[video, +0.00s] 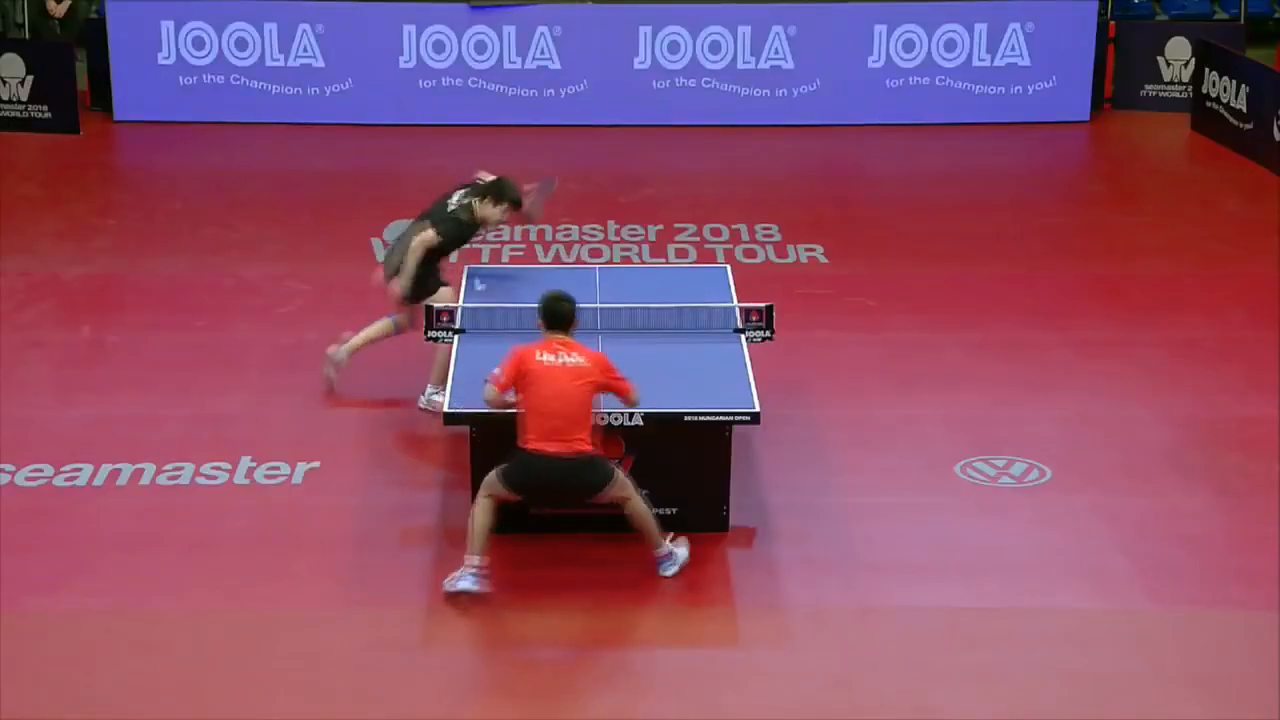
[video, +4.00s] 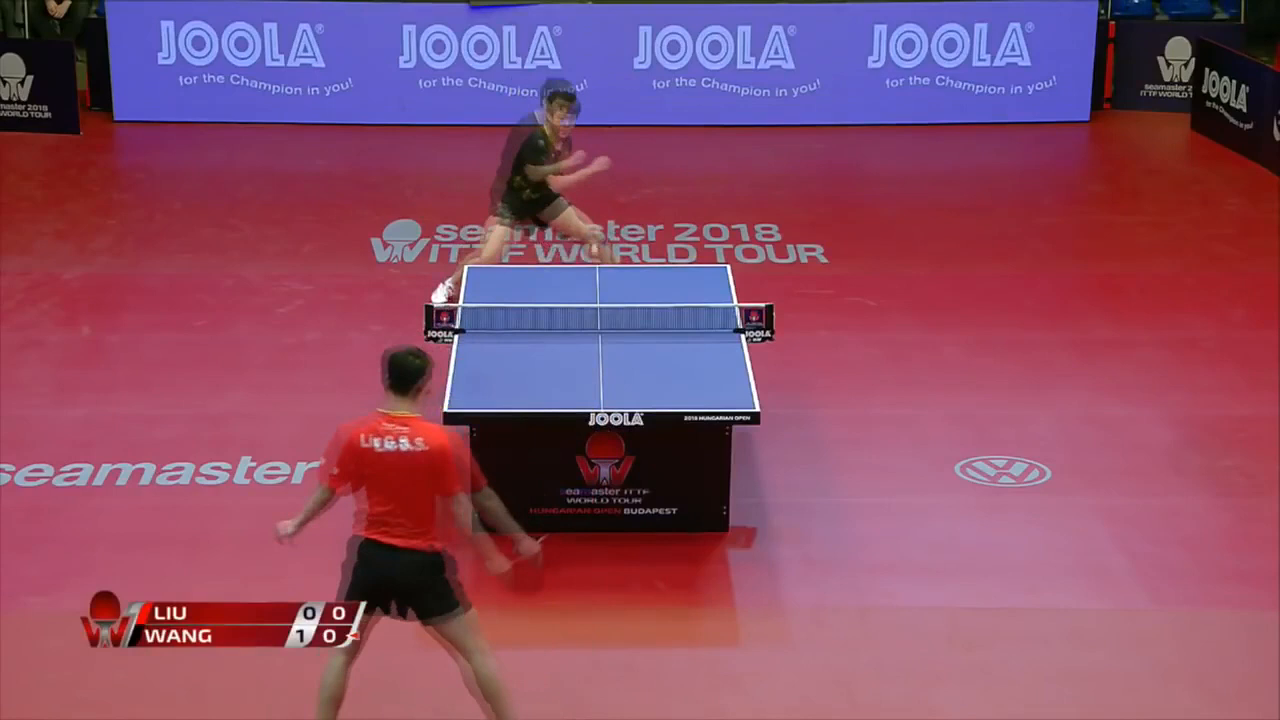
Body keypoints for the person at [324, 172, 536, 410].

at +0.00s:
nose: (502, 219)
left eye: (506, 213)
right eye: (502, 212)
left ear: (490, 198)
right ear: (489, 202)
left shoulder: (474, 192)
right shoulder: (462, 225)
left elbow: (484, 176)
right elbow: (421, 241)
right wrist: (405, 281)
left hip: (400, 257)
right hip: (417, 269)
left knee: (406, 320)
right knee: (456, 316)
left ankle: (345, 350)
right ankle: (434, 391)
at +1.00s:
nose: (536, 145)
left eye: (541, 140)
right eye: (532, 139)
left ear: (550, 138)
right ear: (523, 135)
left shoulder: (558, 155)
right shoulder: (512, 146)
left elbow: (575, 183)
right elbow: (501, 154)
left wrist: (574, 186)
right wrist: (485, 181)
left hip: (553, 214)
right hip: (516, 211)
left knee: (594, 264)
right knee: (473, 260)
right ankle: (437, 322)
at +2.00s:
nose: (511, 123)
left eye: (517, 117)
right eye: (506, 116)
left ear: (525, 119)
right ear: (498, 116)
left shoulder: (537, 140)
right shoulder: (482, 137)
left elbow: (579, 166)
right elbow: (461, 153)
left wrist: (566, 185)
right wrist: (453, 184)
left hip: (530, 206)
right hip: (491, 206)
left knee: (575, 256)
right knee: (455, 258)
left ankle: (596, 316)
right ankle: (434, 317)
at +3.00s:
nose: (576, 132)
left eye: (580, 126)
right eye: (570, 126)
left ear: (587, 129)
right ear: (559, 128)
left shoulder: (587, 158)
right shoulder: (545, 157)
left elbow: (589, 190)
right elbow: (531, 196)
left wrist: (613, 211)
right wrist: (574, 211)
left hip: (563, 219)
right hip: (529, 221)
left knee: (607, 257)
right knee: (494, 268)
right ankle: (453, 301)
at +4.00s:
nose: (564, 116)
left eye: (569, 111)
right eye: (559, 109)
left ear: (573, 113)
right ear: (547, 107)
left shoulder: (564, 139)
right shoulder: (531, 134)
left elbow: (555, 175)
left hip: (541, 195)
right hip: (511, 198)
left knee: (592, 234)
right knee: (490, 255)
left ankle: (616, 289)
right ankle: (450, 287)